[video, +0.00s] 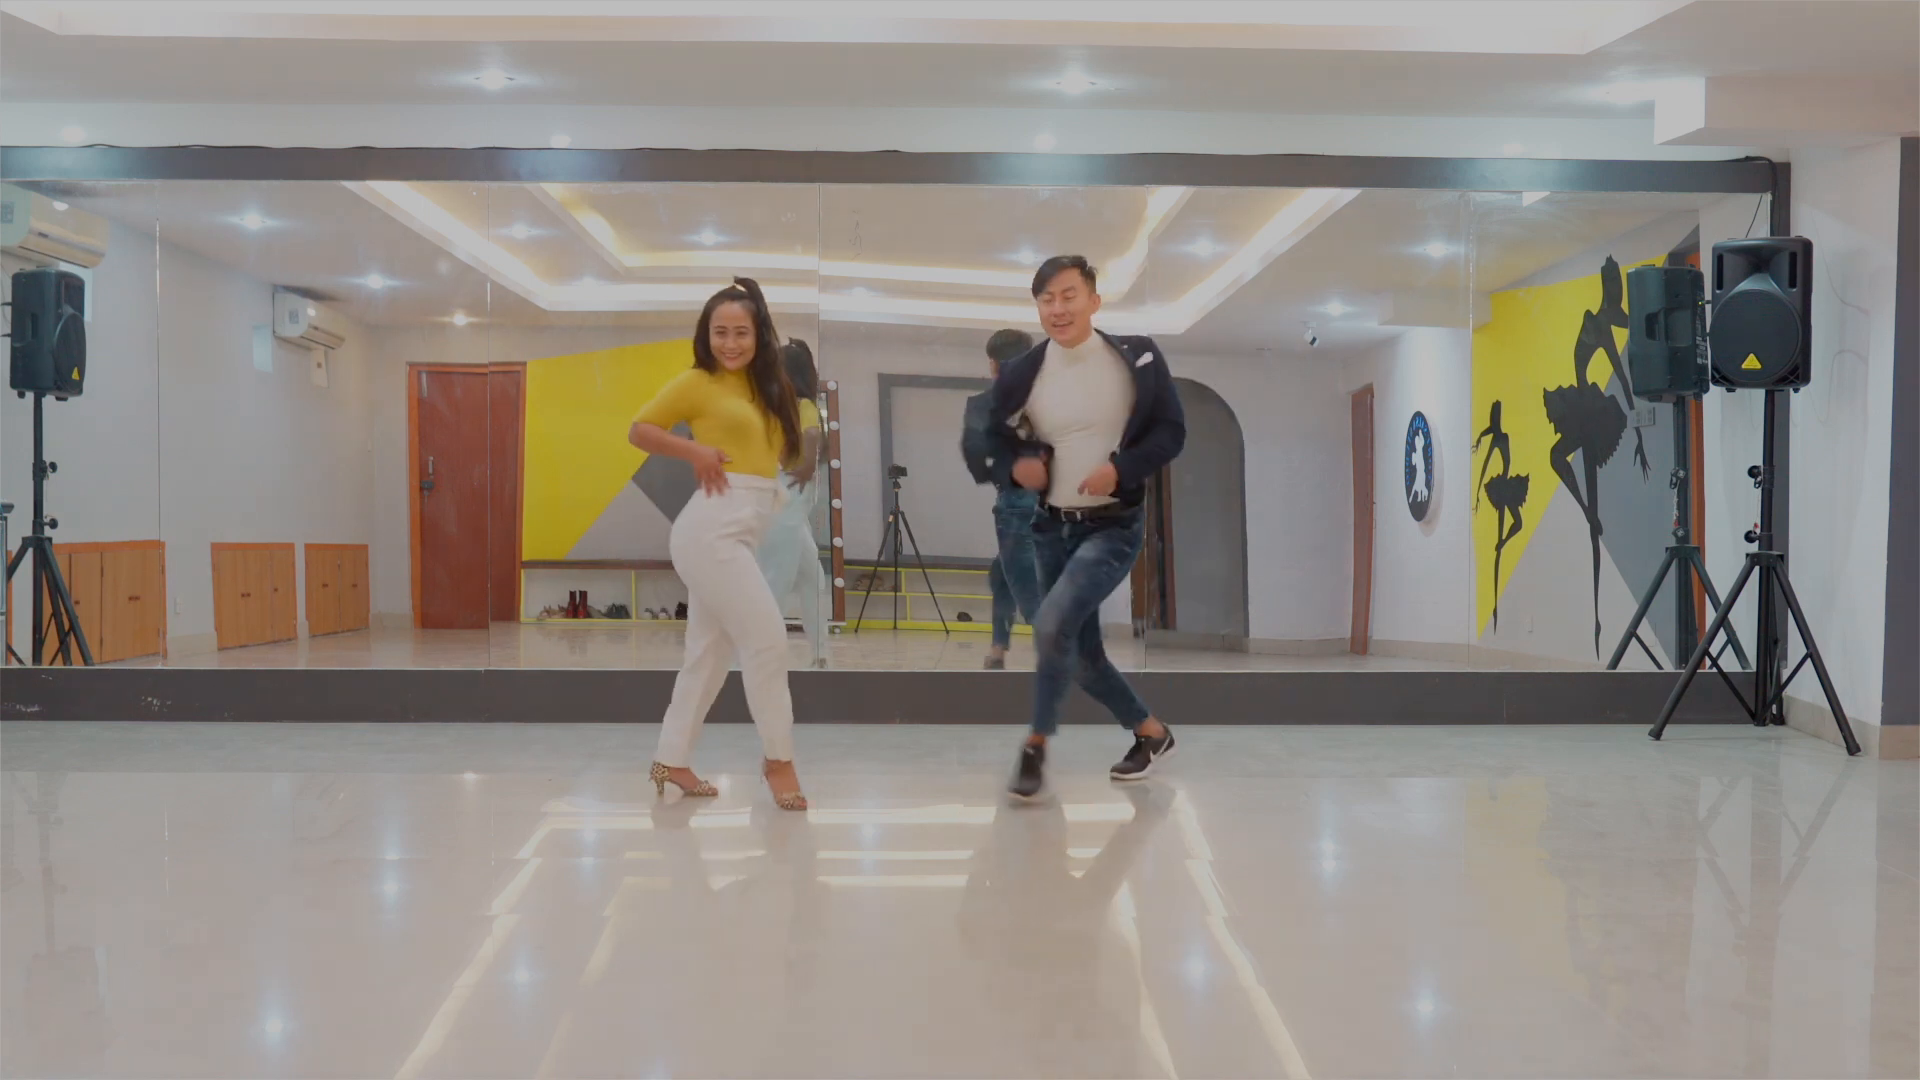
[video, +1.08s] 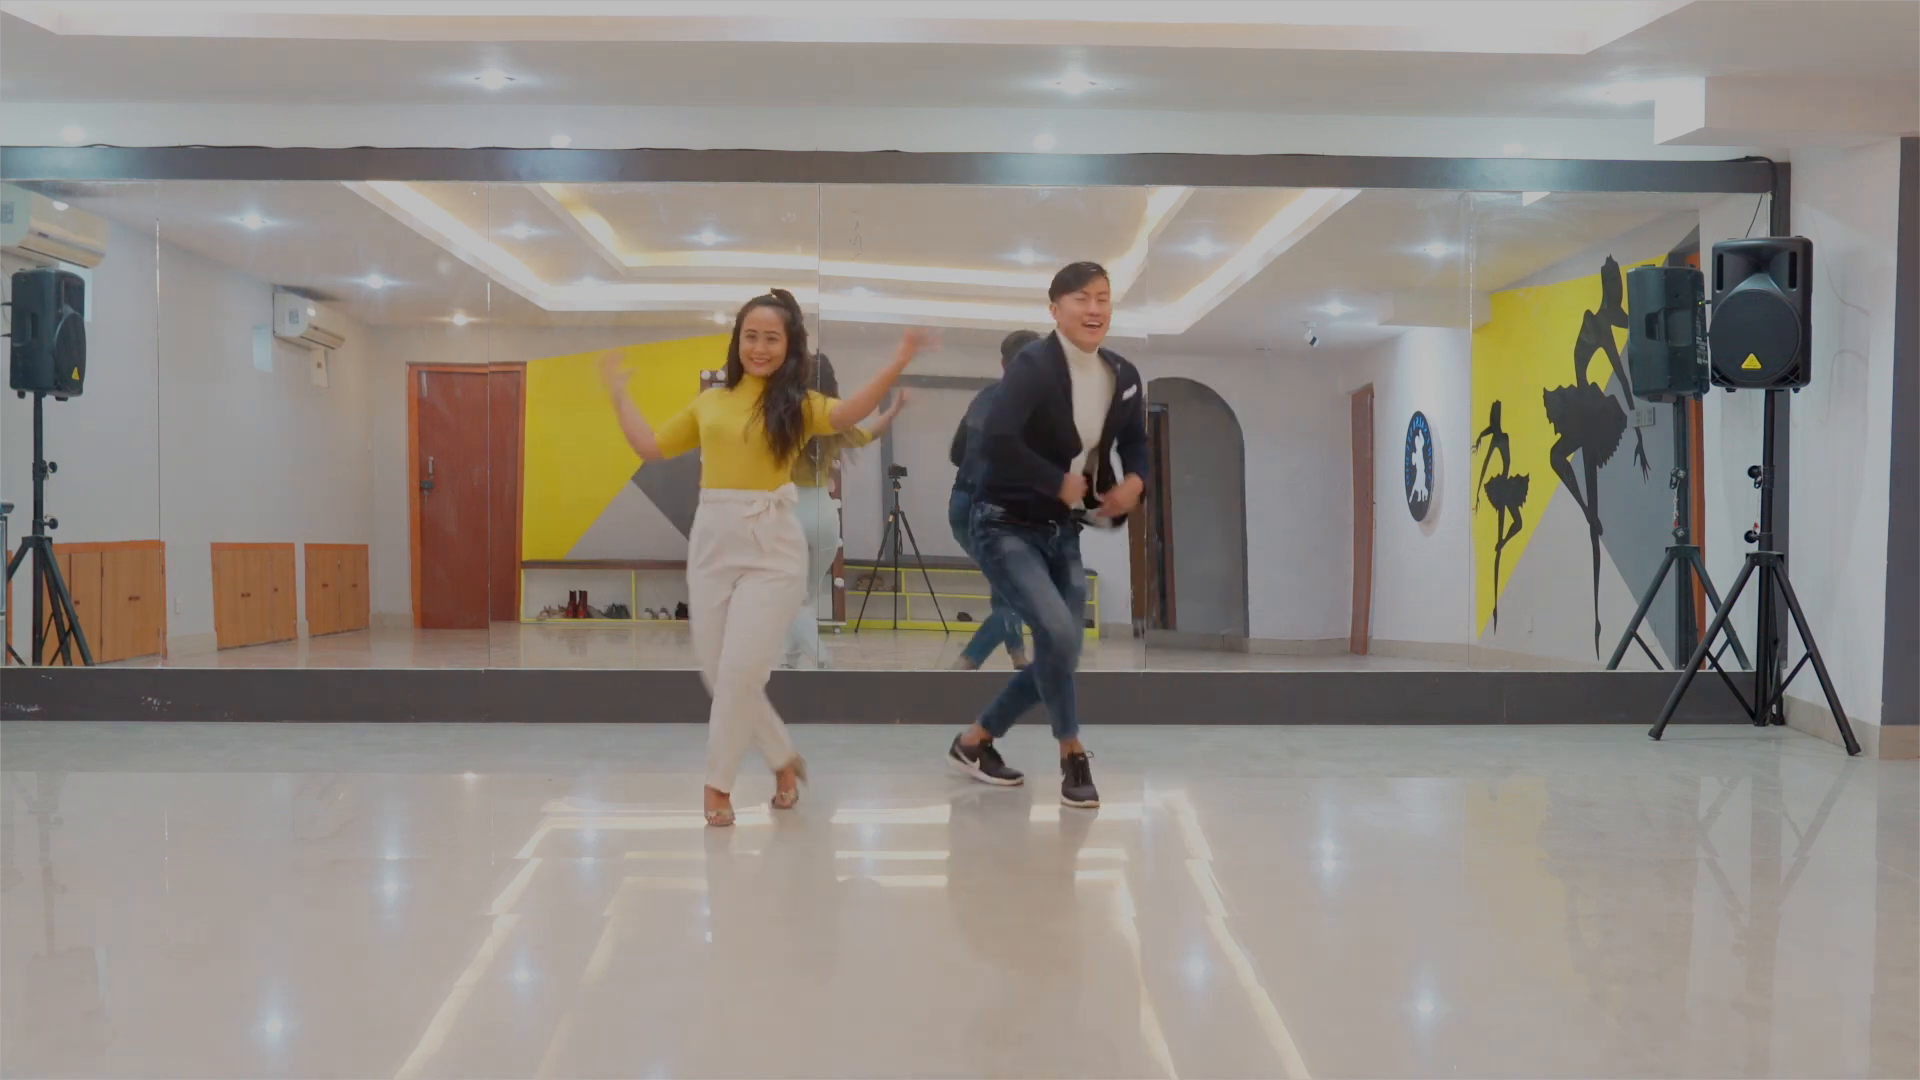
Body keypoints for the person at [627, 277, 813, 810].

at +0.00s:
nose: (730, 341)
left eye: (742, 331)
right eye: (720, 331)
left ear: (759, 336)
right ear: (707, 336)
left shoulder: (765, 390)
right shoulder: (697, 383)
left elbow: (782, 451)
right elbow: (641, 430)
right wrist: (695, 451)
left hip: (743, 532)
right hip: (708, 529)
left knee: (707, 652)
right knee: (766, 637)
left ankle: (671, 760)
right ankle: (780, 762)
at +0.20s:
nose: (746, 347)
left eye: (758, 338)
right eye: (736, 337)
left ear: (776, 343)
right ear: (724, 342)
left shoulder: (787, 396)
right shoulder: (714, 391)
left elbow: (823, 443)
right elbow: (652, 439)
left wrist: (825, 447)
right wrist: (708, 442)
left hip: (783, 536)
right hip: (735, 533)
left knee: (751, 656)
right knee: (776, 651)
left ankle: (688, 751)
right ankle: (779, 771)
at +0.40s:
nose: (759, 342)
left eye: (771, 332)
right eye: (749, 331)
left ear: (789, 337)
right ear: (736, 335)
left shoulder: (811, 387)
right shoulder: (717, 386)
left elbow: (866, 431)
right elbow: (652, 425)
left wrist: (856, 411)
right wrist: (693, 408)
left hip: (806, 534)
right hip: (740, 533)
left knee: (819, 645)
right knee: (763, 649)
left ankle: (758, 702)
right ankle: (776, 771)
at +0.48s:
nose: (763, 335)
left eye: (775, 326)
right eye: (754, 325)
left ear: (793, 332)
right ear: (740, 329)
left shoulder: (815, 382)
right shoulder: (723, 382)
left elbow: (871, 426)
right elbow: (653, 407)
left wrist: (850, 386)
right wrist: (692, 385)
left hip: (809, 522)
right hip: (744, 524)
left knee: (801, 621)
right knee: (762, 652)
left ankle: (801, 669)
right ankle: (779, 770)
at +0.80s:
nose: (768, 338)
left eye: (780, 329)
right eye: (758, 327)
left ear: (797, 335)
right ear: (745, 333)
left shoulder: (811, 386)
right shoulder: (723, 382)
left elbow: (873, 417)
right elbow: (654, 395)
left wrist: (857, 354)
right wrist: (691, 347)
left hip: (809, 523)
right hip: (750, 527)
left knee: (740, 602)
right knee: (767, 655)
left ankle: (765, 710)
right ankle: (798, 768)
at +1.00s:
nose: (763, 348)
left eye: (775, 339)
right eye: (753, 338)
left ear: (793, 347)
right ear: (740, 344)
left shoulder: (805, 401)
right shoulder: (717, 404)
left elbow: (854, 407)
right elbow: (651, 428)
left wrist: (888, 354)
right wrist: (650, 369)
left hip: (785, 544)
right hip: (723, 544)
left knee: (746, 663)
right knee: (739, 667)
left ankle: (715, 781)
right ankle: (795, 769)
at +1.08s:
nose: (760, 346)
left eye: (772, 338)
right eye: (751, 336)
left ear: (790, 347)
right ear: (737, 341)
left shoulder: (796, 403)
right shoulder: (710, 403)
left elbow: (848, 412)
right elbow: (651, 446)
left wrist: (897, 363)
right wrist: (619, 394)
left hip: (772, 543)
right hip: (711, 542)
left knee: (742, 669)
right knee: (716, 671)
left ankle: (717, 786)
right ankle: (786, 762)